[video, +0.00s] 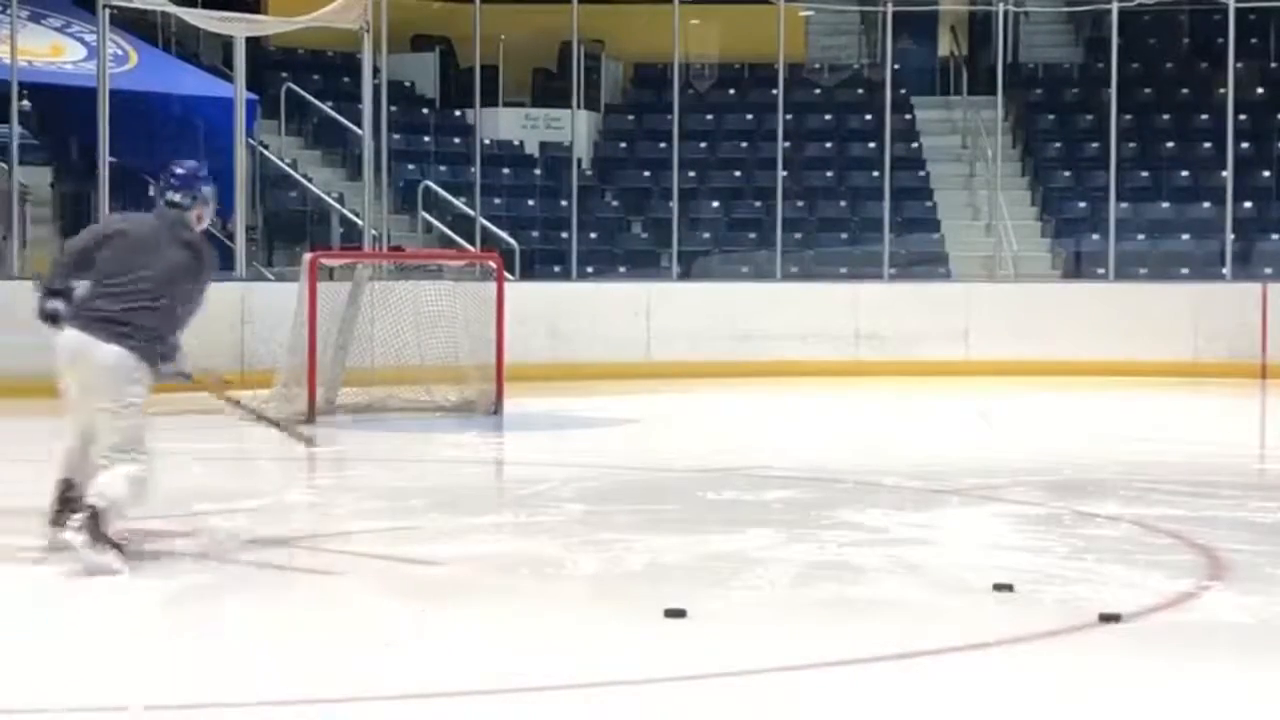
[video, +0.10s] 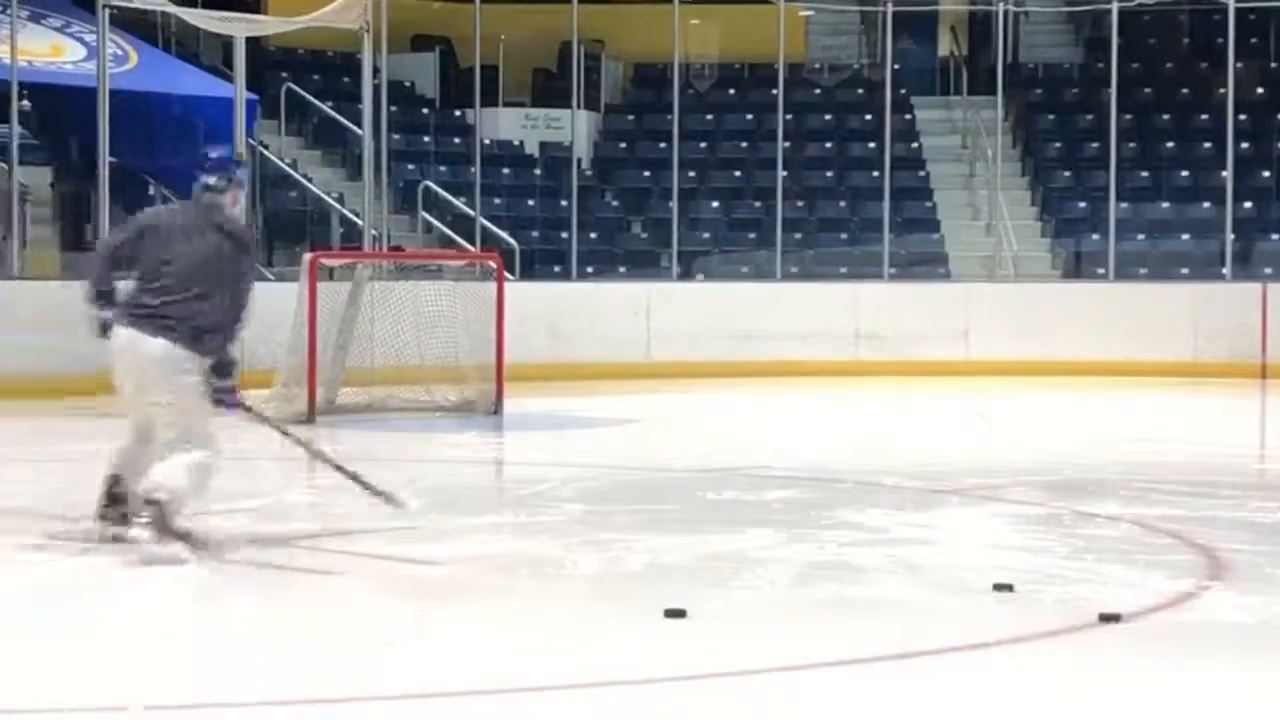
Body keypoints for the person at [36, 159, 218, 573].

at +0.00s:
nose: (208, 217)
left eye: (209, 208)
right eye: (206, 208)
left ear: (164, 198)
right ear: (196, 208)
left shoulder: (124, 224)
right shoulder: (199, 257)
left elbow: (71, 252)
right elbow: (174, 316)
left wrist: (54, 292)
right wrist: (168, 350)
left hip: (74, 339)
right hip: (122, 356)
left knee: (81, 431)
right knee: (127, 459)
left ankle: (65, 507)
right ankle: (93, 520)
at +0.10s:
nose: (240, 202)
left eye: (238, 193)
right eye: (237, 193)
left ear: (198, 190)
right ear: (231, 196)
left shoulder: (161, 217)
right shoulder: (237, 243)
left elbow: (109, 248)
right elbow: (228, 316)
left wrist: (105, 302)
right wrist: (223, 372)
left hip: (128, 336)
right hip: (177, 353)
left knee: (145, 428)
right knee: (196, 446)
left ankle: (117, 494)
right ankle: (159, 498)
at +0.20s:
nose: (281, 190)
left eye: (281, 181)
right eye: (279, 181)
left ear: (239, 177)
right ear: (265, 182)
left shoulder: (200, 213)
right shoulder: (269, 235)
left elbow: (169, 261)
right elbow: (270, 306)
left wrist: (189, 298)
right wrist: (285, 359)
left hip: (184, 334)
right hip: (233, 344)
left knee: (204, 422)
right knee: (272, 423)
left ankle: (167, 490)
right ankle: (237, 493)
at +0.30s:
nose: (320, 179)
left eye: (317, 170)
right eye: (320, 171)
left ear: (287, 168)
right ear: (316, 173)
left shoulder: (257, 209)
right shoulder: (321, 222)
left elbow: (246, 268)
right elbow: (328, 297)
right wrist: (356, 341)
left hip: (242, 328)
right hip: (293, 338)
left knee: (260, 412)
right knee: (332, 407)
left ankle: (228, 486)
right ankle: (321, 492)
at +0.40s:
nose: (380, 176)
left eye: (380, 167)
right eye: (375, 167)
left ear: (341, 167)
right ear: (358, 169)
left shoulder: (312, 206)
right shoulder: (364, 213)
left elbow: (309, 262)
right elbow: (374, 274)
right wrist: (415, 311)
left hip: (304, 328)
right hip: (347, 333)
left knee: (317, 416)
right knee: (396, 404)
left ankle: (291, 487)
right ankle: (394, 492)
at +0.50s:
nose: (443, 169)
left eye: (443, 160)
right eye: (436, 161)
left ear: (406, 167)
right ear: (410, 167)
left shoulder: (379, 205)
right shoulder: (415, 213)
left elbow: (405, 263)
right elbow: (428, 276)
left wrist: (452, 261)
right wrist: (472, 291)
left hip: (369, 324)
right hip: (405, 329)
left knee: (387, 406)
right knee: (459, 404)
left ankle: (352, 482)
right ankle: (459, 487)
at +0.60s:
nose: (490, 167)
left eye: (489, 159)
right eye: (483, 159)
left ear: (462, 166)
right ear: (463, 166)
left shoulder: (442, 205)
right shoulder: (467, 211)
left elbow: (470, 252)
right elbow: (476, 274)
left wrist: (511, 250)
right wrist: (517, 283)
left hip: (439, 325)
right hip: (466, 329)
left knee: (454, 402)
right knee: (520, 399)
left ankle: (418, 481)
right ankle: (518, 486)